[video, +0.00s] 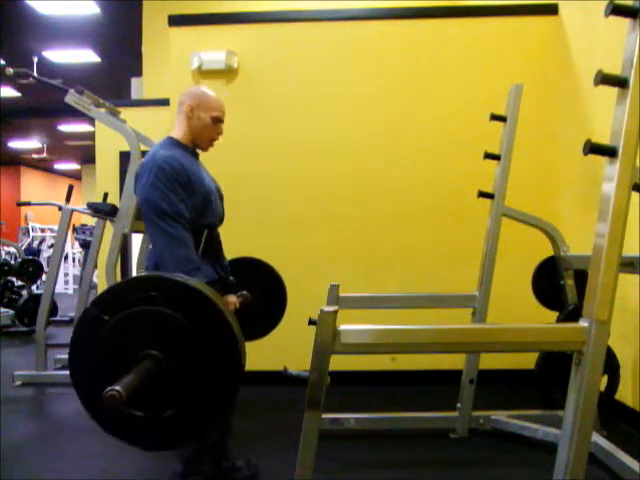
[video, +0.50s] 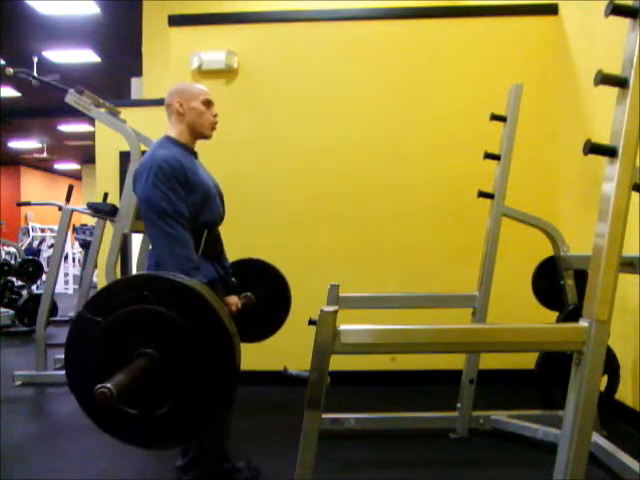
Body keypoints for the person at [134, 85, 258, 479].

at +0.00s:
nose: (221, 131)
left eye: (222, 123)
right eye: (216, 121)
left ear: (192, 115)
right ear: (190, 114)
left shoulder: (187, 161)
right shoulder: (163, 163)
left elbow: (203, 240)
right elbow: (173, 247)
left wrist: (227, 284)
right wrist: (214, 295)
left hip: (200, 296)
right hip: (180, 300)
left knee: (216, 377)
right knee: (201, 380)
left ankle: (212, 459)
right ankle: (203, 462)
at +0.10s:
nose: (222, 125)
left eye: (222, 117)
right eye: (216, 115)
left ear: (191, 112)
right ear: (188, 111)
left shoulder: (188, 160)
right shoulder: (166, 162)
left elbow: (205, 241)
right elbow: (174, 249)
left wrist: (229, 284)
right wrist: (217, 294)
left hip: (202, 297)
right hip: (183, 300)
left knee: (217, 378)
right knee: (205, 380)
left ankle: (212, 459)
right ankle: (204, 462)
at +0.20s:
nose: (222, 119)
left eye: (222, 111)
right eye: (215, 109)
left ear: (192, 110)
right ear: (187, 109)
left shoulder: (191, 159)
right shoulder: (167, 161)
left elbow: (207, 238)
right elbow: (176, 247)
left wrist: (229, 284)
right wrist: (217, 293)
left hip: (202, 295)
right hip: (183, 299)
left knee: (213, 377)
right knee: (204, 379)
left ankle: (208, 457)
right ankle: (207, 461)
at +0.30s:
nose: (221, 116)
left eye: (220, 108)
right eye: (213, 107)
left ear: (189, 109)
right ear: (185, 108)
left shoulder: (190, 159)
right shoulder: (166, 161)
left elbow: (206, 238)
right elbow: (175, 247)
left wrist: (229, 285)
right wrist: (216, 295)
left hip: (202, 295)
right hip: (183, 299)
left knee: (213, 378)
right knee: (204, 380)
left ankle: (208, 459)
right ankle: (206, 462)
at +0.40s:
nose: (219, 115)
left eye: (217, 107)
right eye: (210, 106)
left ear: (186, 110)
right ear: (182, 109)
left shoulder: (187, 159)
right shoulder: (164, 162)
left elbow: (205, 238)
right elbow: (174, 246)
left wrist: (229, 286)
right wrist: (217, 294)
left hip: (200, 294)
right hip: (182, 299)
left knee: (212, 376)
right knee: (206, 378)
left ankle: (206, 458)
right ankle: (207, 461)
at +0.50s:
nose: (215, 113)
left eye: (214, 106)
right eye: (207, 105)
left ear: (182, 109)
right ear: (179, 108)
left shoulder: (185, 160)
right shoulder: (163, 162)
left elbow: (205, 238)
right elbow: (173, 246)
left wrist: (229, 285)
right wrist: (216, 293)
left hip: (199, 293)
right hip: (181, 298)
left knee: (211, 375)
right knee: (207, 377)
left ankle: (204, 457)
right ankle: (208, 462)